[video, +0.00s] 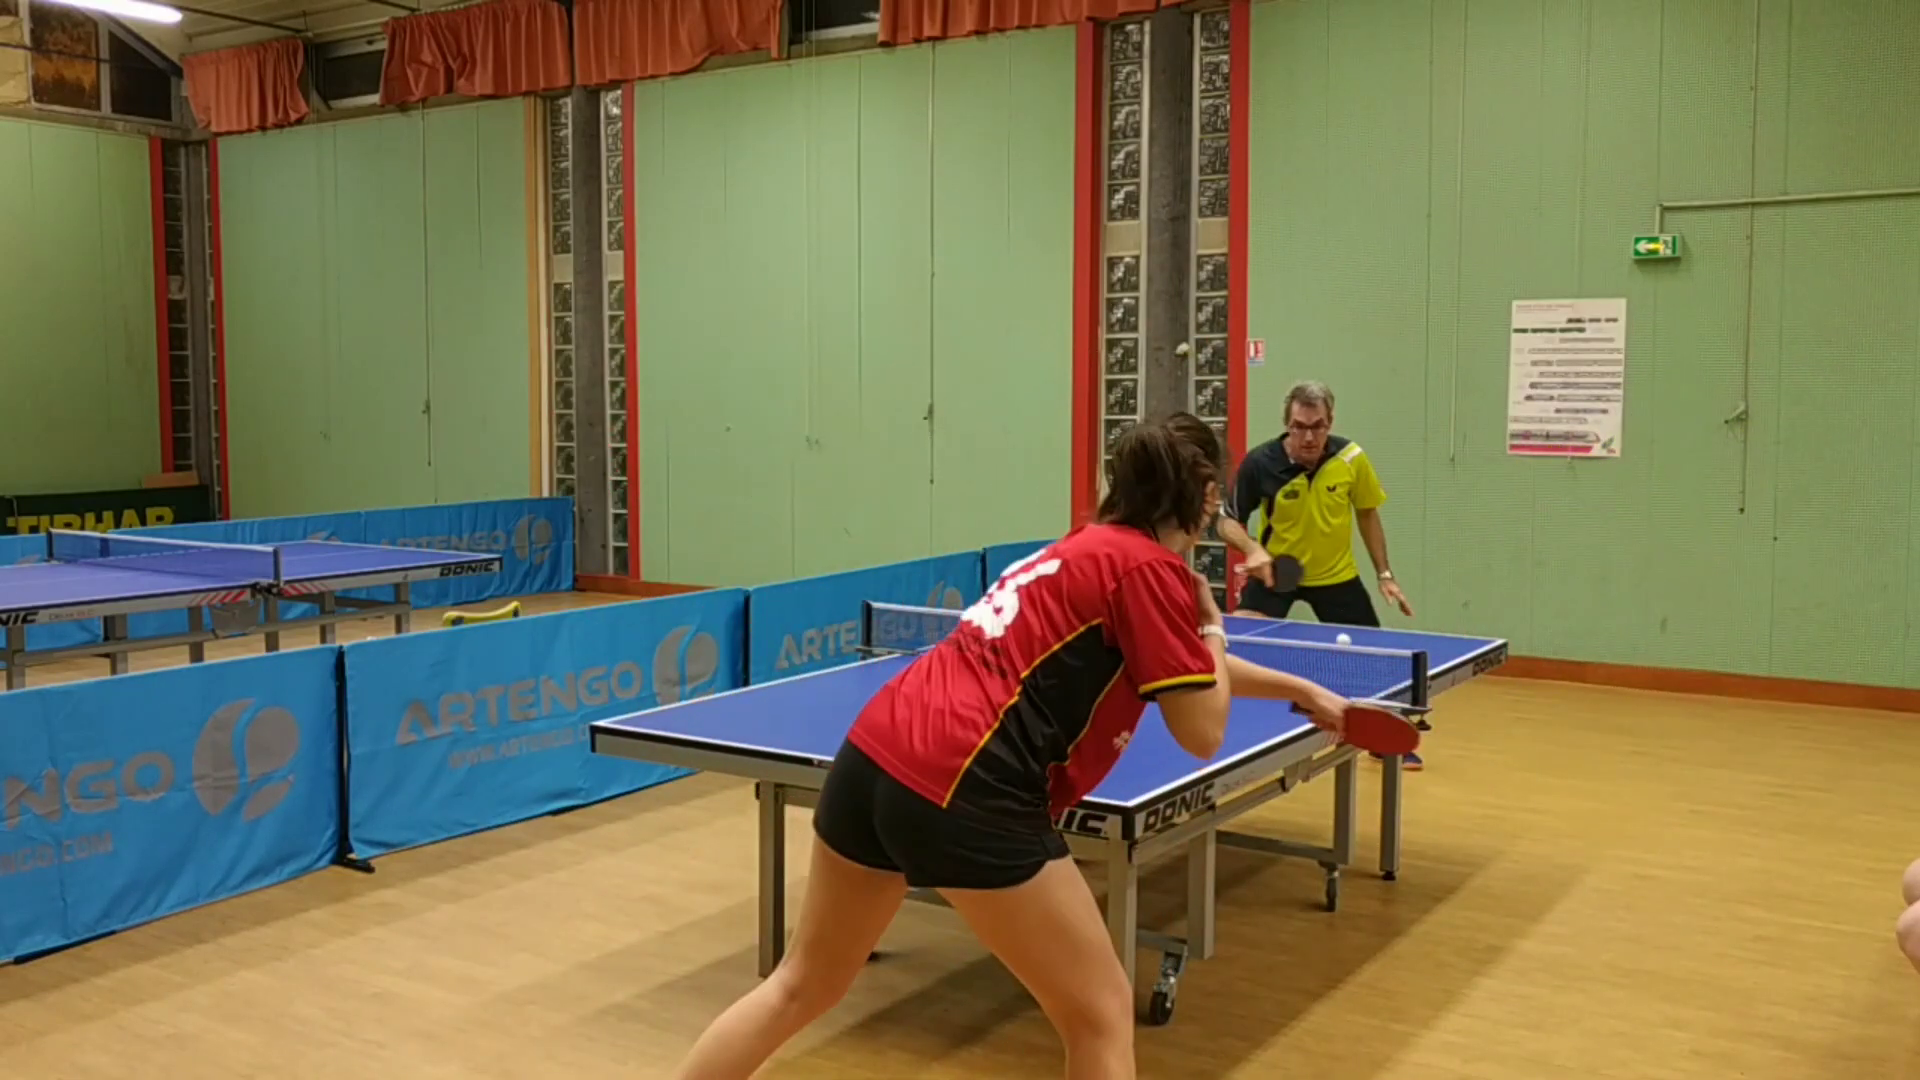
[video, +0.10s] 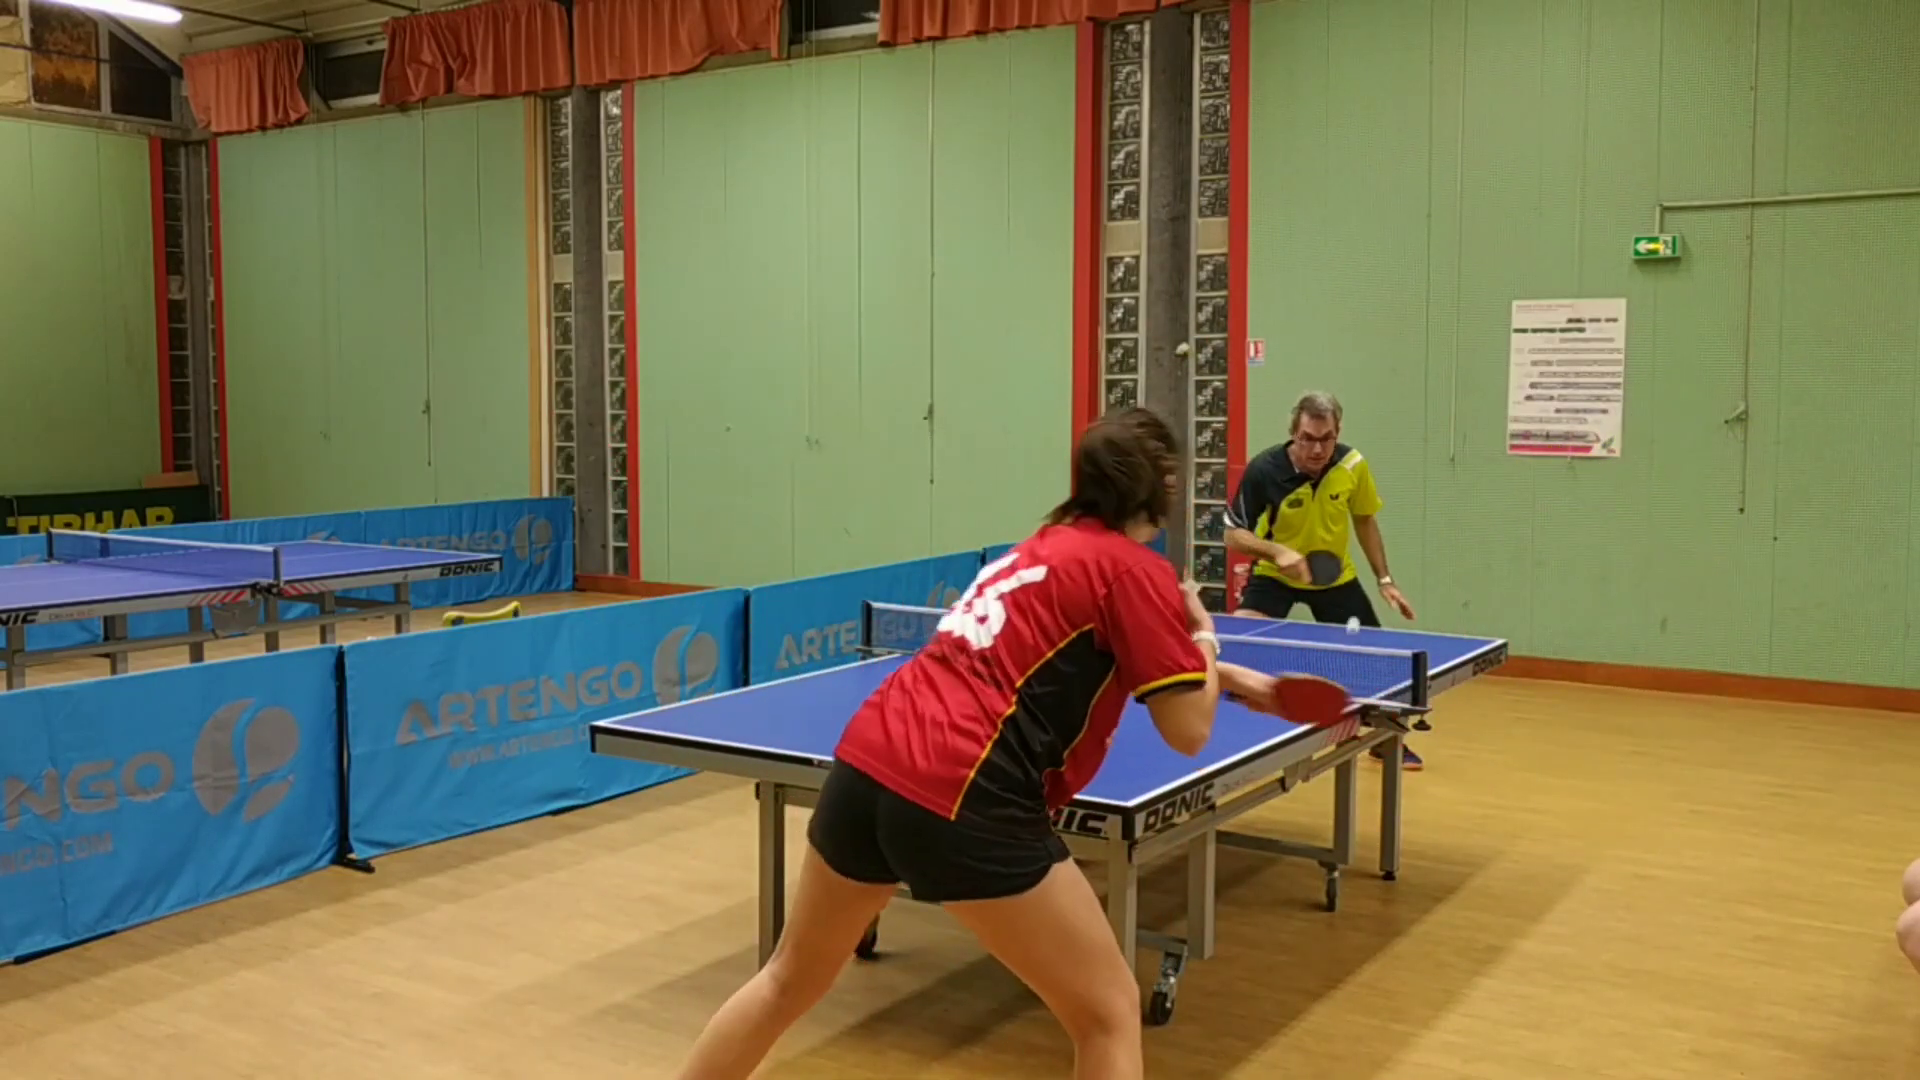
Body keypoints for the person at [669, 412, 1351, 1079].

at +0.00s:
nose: (1217, 508)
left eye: (1217, 492)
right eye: (1215, 494)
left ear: (1125, 485)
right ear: (1197, 498)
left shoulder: (1083, 547)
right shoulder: (1153, 574)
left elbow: (1190, 664)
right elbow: (1202, 732)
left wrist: (1304, 691)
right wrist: (1211, 631)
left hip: (872, 754)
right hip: (967, 790)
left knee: (800, 983)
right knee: (1099, 1018)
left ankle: (689, 1078)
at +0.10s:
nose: (1180, 492)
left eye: (1179, 481)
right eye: (1178, 481)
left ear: (1086, 480)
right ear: (1165, 492)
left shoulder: (1045, 544)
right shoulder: (1135, 573)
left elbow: (1112, 642)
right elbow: (1190, 729)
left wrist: (1238, 682)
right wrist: (1205, 642)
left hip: (862, 770)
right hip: (964, 805)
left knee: (785, 979)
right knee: (1108, 1020)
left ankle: (687, 1075)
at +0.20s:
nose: (1115, 494)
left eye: (1113, 482)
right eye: (1111, 483)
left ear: (1027, 489)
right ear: (1098, 494)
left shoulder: (983, 550)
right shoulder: (1097, 579)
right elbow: (1154, 725)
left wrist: (1131, 636)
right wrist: (1181, 658)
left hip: (840, 795)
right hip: (948, 822)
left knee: (776, 985)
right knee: (1097, 1019)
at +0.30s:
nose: (1046, 487)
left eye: (1042, 474)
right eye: (1043, 475)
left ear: (955, 484)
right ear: (1034, 489)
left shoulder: (912, 550)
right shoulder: (1024, 576)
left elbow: (938, 661)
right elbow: (1094, 714)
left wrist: (1065, 639)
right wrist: (1127, 653)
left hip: (792, 805)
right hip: (900, 825)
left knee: (769, 983)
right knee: (1054, 1020)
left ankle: (701, 1076)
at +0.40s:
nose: (993, 472)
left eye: (994, 461)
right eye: (992, 462)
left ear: (902, 469)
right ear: (979, 470)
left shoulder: (854, 539)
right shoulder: (982, 559)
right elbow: (1057, 696)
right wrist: (1076, 636)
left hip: (760, 790)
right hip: (867, 807)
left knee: (757, 967)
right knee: (1007, 1012)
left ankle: (689, 1073)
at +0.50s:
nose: (965, 455)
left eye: (962, 442)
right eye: (963, 443)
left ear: (874, 451)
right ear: (951, 453)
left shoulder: (829, 524)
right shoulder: (967, 538)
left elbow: (781, 625)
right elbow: (1062, 667)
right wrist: (1032, 610)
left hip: (749, 781)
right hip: (855, 795)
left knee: (757, 933)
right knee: (991, 998)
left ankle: (683, 1073)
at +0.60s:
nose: (932, 458)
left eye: (929, 449)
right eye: (930, 449)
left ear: (843, 458)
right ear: (922, 458)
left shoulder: (790, 545)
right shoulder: (959, 549)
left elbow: (736, 667)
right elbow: (1059, 666)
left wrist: (827, 650)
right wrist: (1002, 638)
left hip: (756, 793)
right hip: (867, 807)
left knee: (740, 934)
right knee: (995, 1004)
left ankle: (680, 1074)